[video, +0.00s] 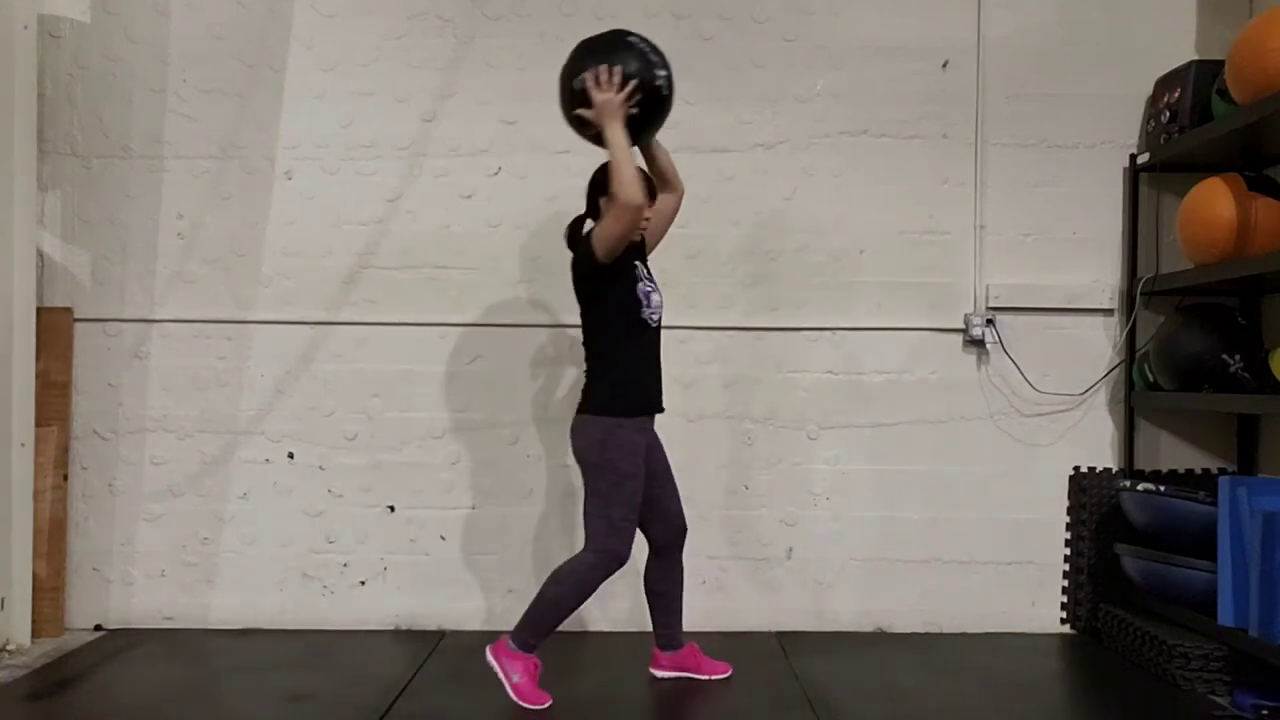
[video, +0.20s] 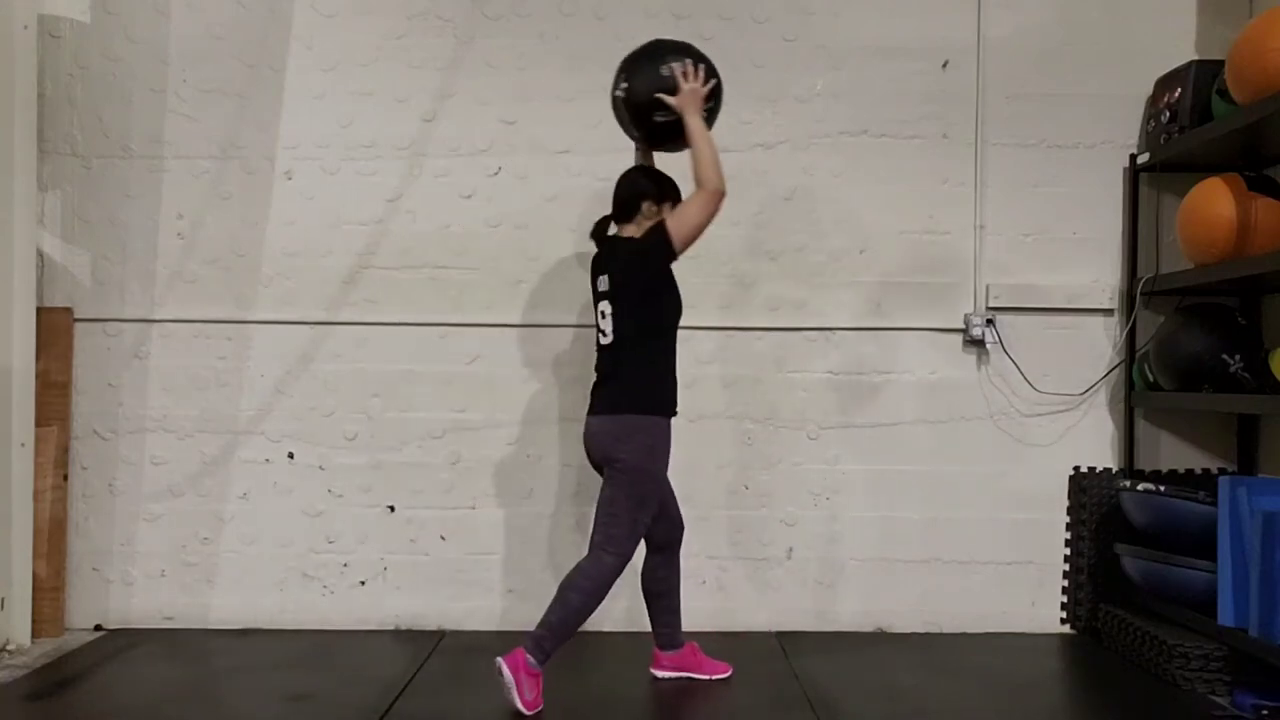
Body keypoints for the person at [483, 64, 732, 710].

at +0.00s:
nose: (637, 209)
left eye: (638, 198)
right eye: (627, 198)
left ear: (624, 207)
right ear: (606, 206)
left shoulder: (630, 249)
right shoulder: (593, 251)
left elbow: (673, 192)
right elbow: (631, 202)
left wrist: (640, 130)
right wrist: (611, 123)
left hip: (637, 427)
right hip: (607, 428)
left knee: (669, 535)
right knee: (607, 551)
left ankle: (671, 649)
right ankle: (517, 648)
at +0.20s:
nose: (672, 216)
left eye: (670, 207)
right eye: (667, 207)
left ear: (623, 208)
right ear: (653, 210)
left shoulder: (611, 255)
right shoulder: (647, 253)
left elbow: (643, 197)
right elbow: (711, 192)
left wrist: (648, 136)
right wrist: (693, 116)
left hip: (606, 427)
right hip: (639, 430)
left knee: (667, 531)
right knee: (610, 553)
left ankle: (671, 650)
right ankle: (530, 657)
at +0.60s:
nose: (709, 281)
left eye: (710, 271)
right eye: (709, 271)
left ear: (662, 263)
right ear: (696, 267)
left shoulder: (630, 312)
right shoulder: (697, 323)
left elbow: (665, 369)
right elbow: (746, 388)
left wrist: (726, 360)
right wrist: (795, 372)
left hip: (589, 460)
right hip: (620, 468)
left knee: (681, 531)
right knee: (626, 601)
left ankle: (674, 651)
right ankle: (516, 663)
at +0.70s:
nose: (715, 302)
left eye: (717, 293)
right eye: (716, 293)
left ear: (668, 287)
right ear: (703, 290)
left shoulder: (640, 336)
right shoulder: (703, 349)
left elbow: (625, 410)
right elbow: (729, 438)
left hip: (586, 475)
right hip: (613, 484)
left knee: (684, 533)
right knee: (622, 618)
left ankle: (675, 650)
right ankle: (510, 668)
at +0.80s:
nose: (727, 314)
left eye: (727, 305)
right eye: (726, 305)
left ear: (679, 302)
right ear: (711, 303)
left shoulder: (645, 348)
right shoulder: (707, 364)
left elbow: (631, 429)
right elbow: (712, 455)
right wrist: (717, 541)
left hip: (586, 481)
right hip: (612, 491)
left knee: (688, 534)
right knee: (623, 623)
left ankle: (675, 651)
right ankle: (509, 669)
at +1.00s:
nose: (734, 314)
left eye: (735, 306)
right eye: (734, 305)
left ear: (685, 301)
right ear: (721, 303)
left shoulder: (657, 348)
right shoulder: (720, 366)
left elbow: (660, 424)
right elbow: (733, 452)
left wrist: (733, 461)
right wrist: (748, 503)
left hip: (601, 476)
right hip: (620, 485)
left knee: (695, 534)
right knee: (628, 622)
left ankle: (676, 650)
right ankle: (516, 666)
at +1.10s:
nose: (734, 309)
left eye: (735, 301)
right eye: (734, 300)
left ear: (685, 296)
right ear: (721, 299)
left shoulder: (652, 344)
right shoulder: (724, 360)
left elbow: (656, 420)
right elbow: (717, 447)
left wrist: (711, 460)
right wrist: (740, 481)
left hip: (600, 469)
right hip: (634, 479)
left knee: (695, 535)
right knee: (629, 616)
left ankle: (675, 650)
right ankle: (521, 665)